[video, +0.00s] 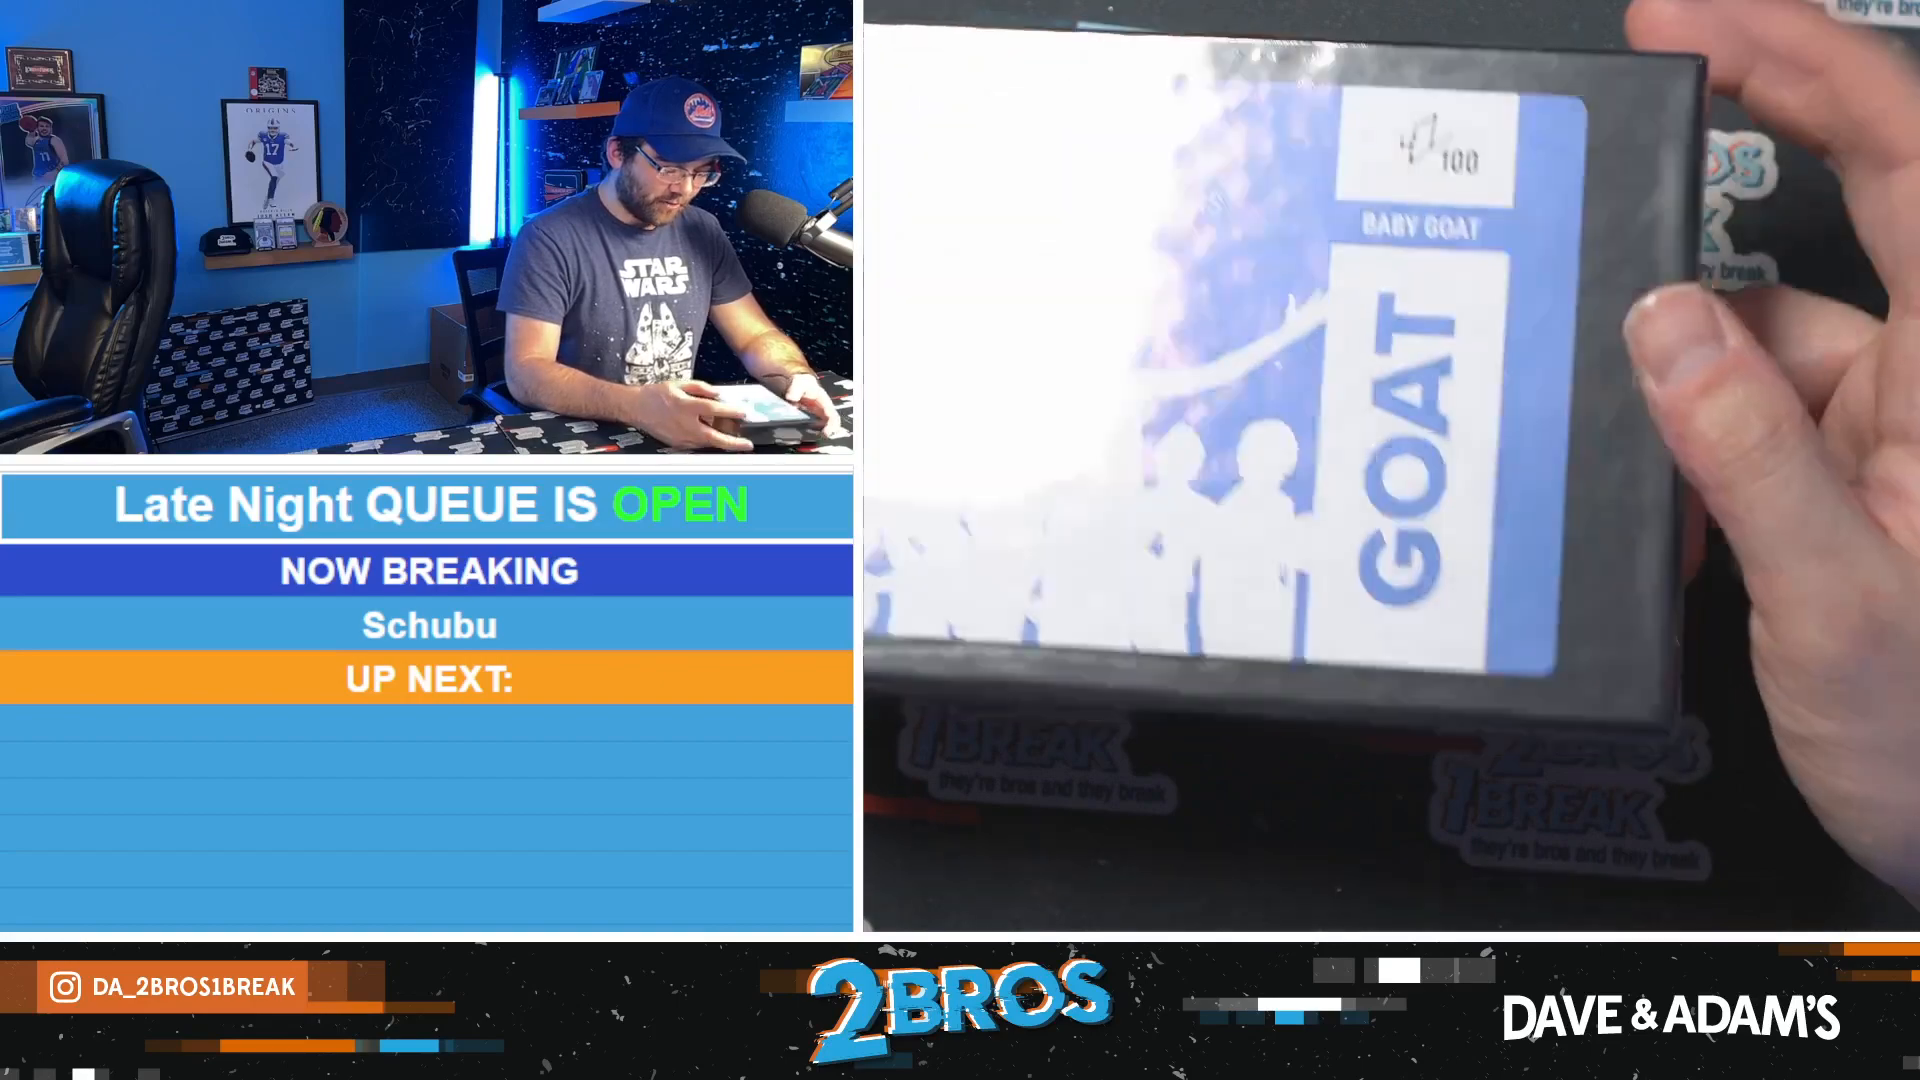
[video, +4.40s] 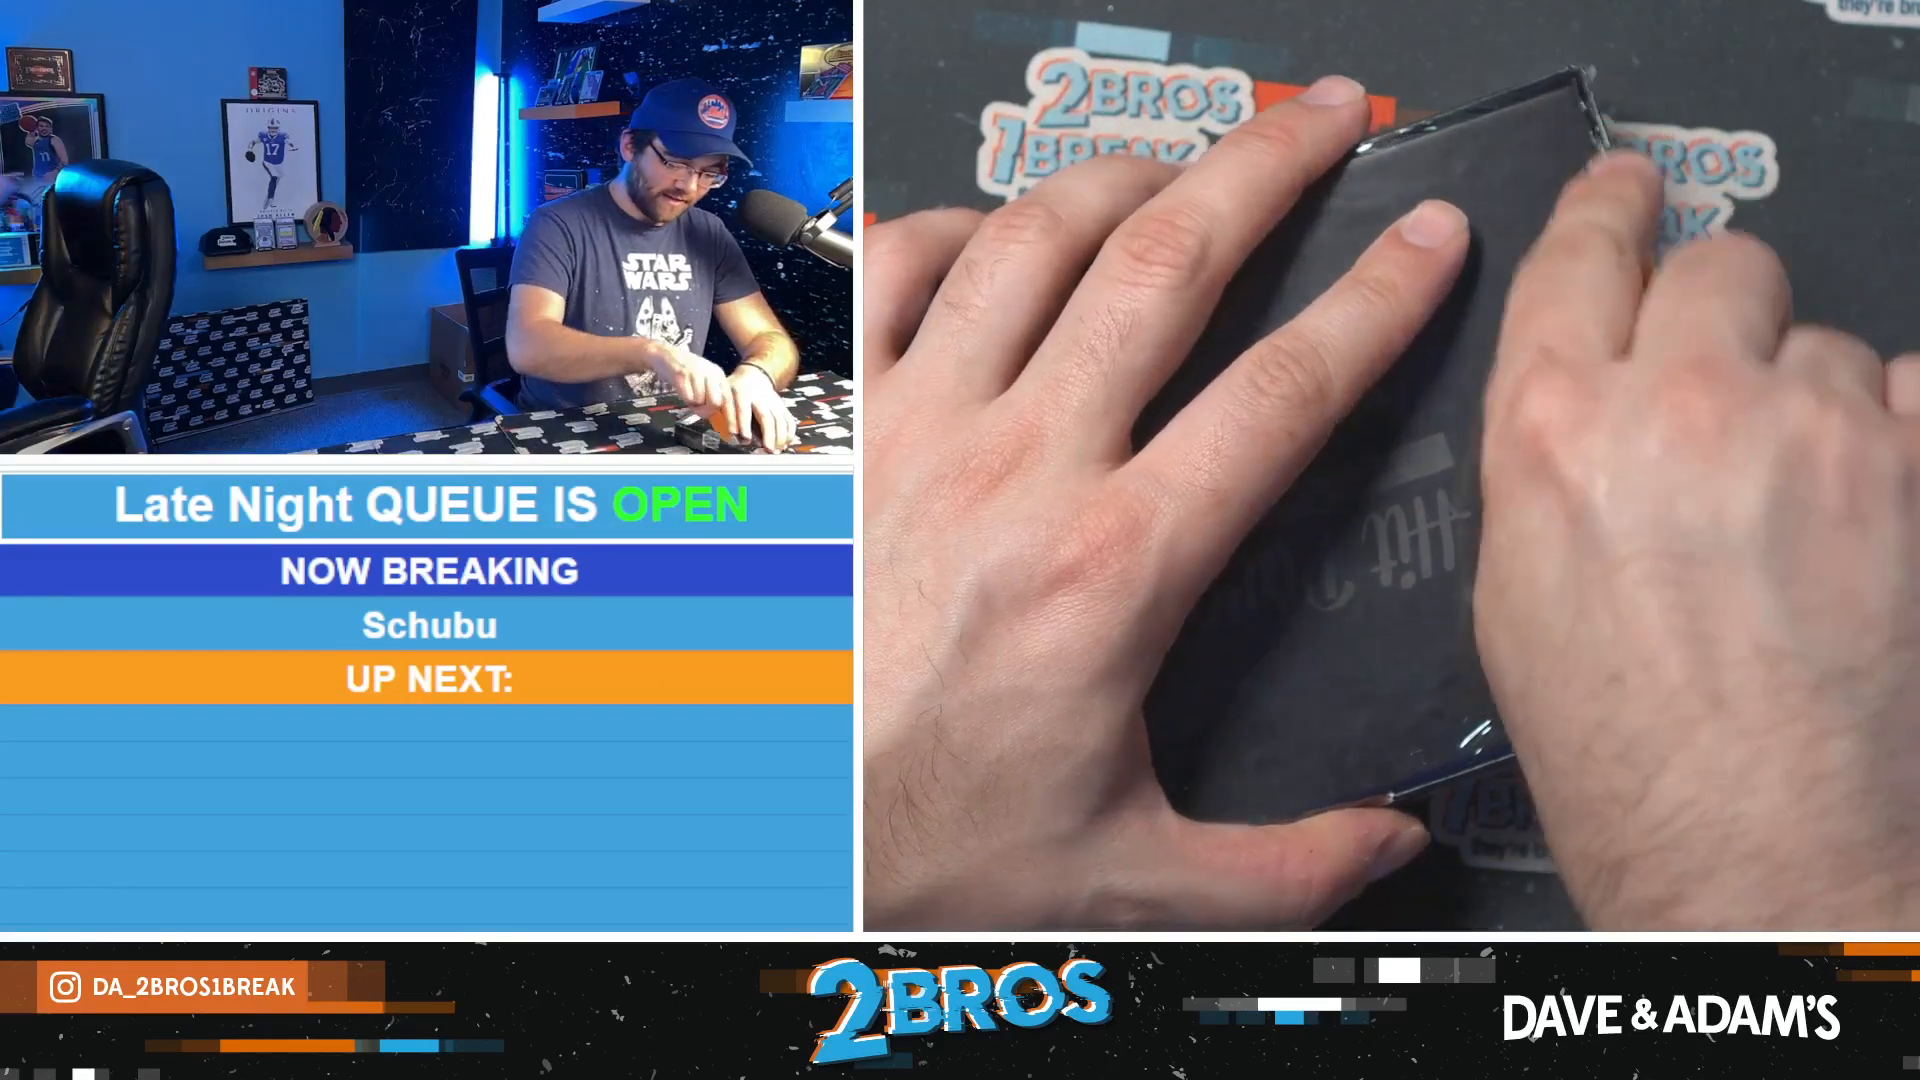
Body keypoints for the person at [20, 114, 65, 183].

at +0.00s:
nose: (44, 128)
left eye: (47, 126)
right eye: (41, 126)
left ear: (50, 129)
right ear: (37, 128)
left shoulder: (54, 140)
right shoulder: (35, 140)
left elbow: (64, 160)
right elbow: (28, 142)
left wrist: (54, 173)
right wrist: (31, 133)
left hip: (50, 177)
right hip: (37, 176)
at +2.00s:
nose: (44, 128)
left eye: (47, 126)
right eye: (41, 126)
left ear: (51, 128)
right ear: (37, 128)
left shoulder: (54, 140)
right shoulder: (35, 140)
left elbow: (64, 160)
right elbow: (28, 142)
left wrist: (54, 173)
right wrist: (31, 133)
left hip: (50, 177)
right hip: (37, 176)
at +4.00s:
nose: (44, 128)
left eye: (47, 126)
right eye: (41, 126)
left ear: (51, 128)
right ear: (37, 128)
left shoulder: (54, 140)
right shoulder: (35, 140)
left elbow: (64, 160)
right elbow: (28, 141)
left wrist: (53, 173)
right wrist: (31, 132)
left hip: (51, 177)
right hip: (37, 176)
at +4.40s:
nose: (44, 128)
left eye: (47, 126)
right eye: (41, 126)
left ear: (50, 128)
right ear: (37, 128)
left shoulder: (54, 140)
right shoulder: (35, 140)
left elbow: (64, 161)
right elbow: (28, 142)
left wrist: (53, 173)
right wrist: (31, 132)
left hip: (50, 177)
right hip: (37, 176)